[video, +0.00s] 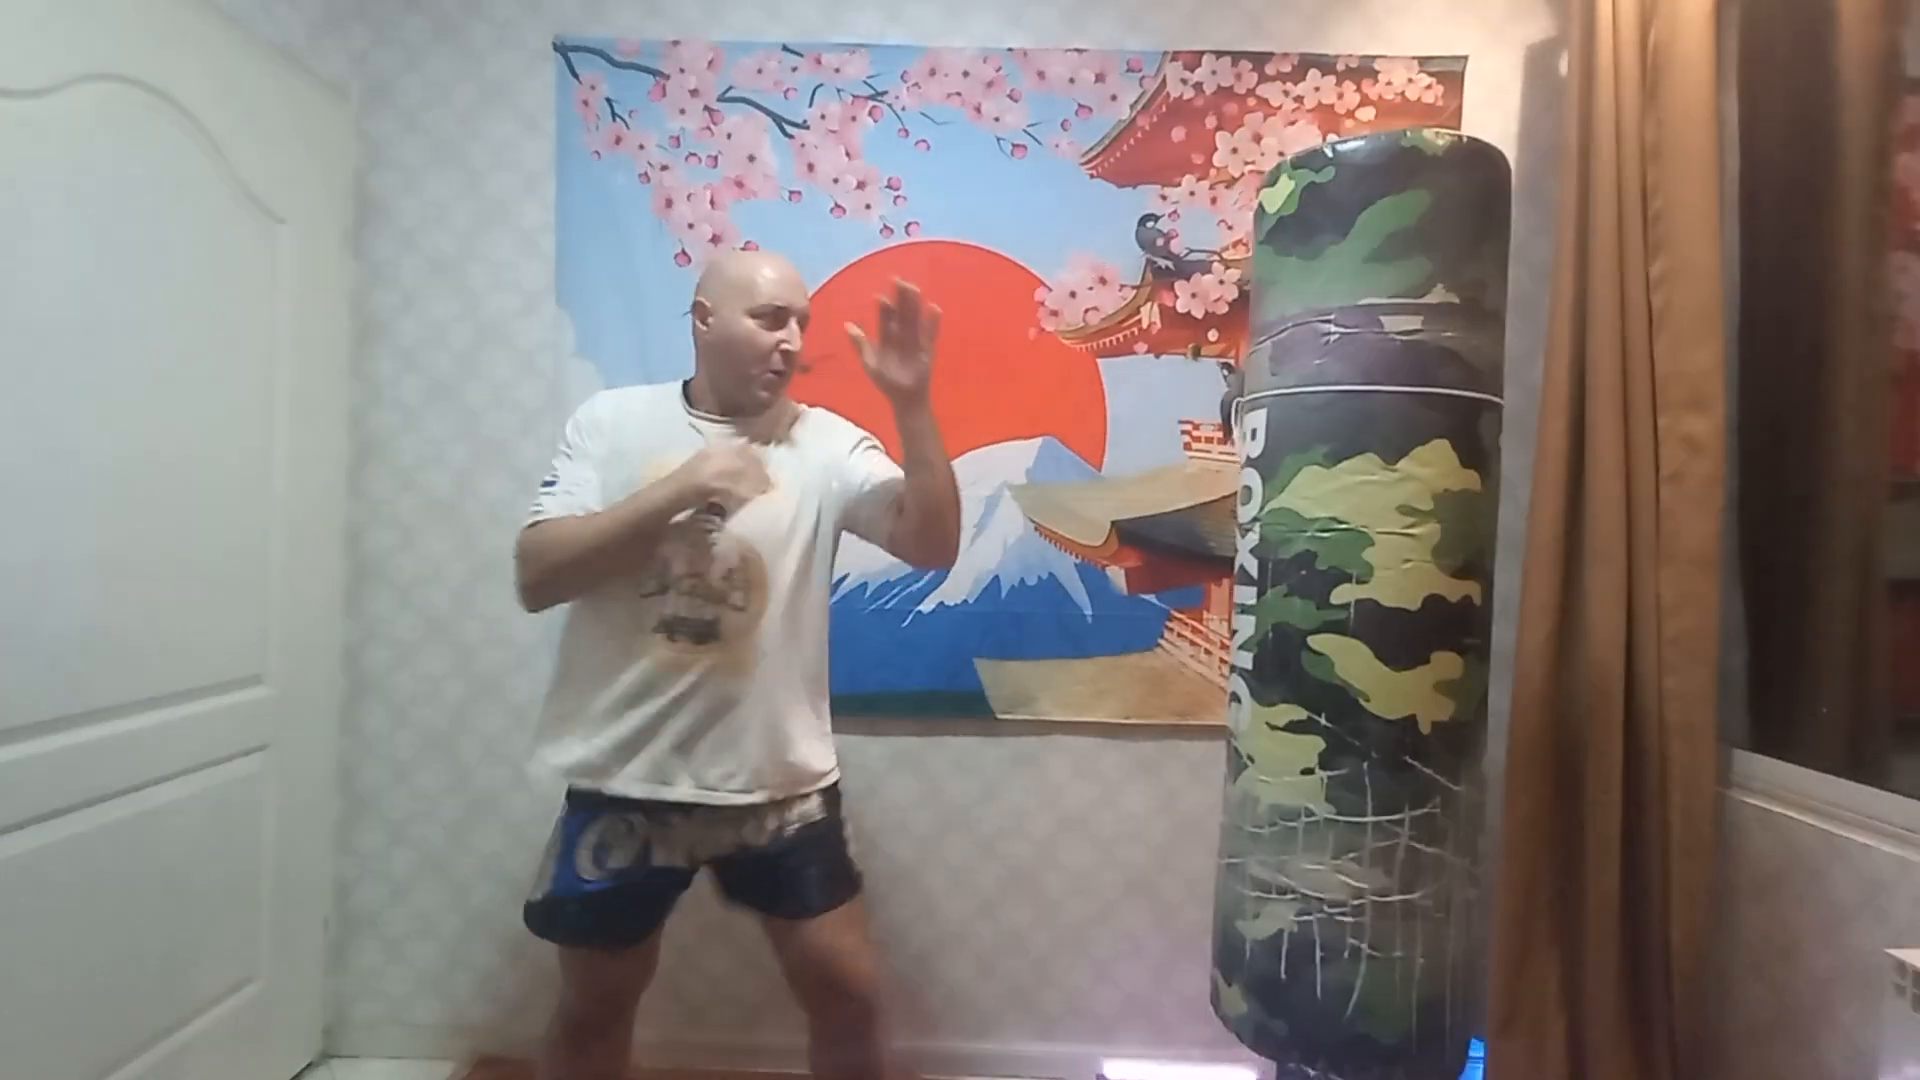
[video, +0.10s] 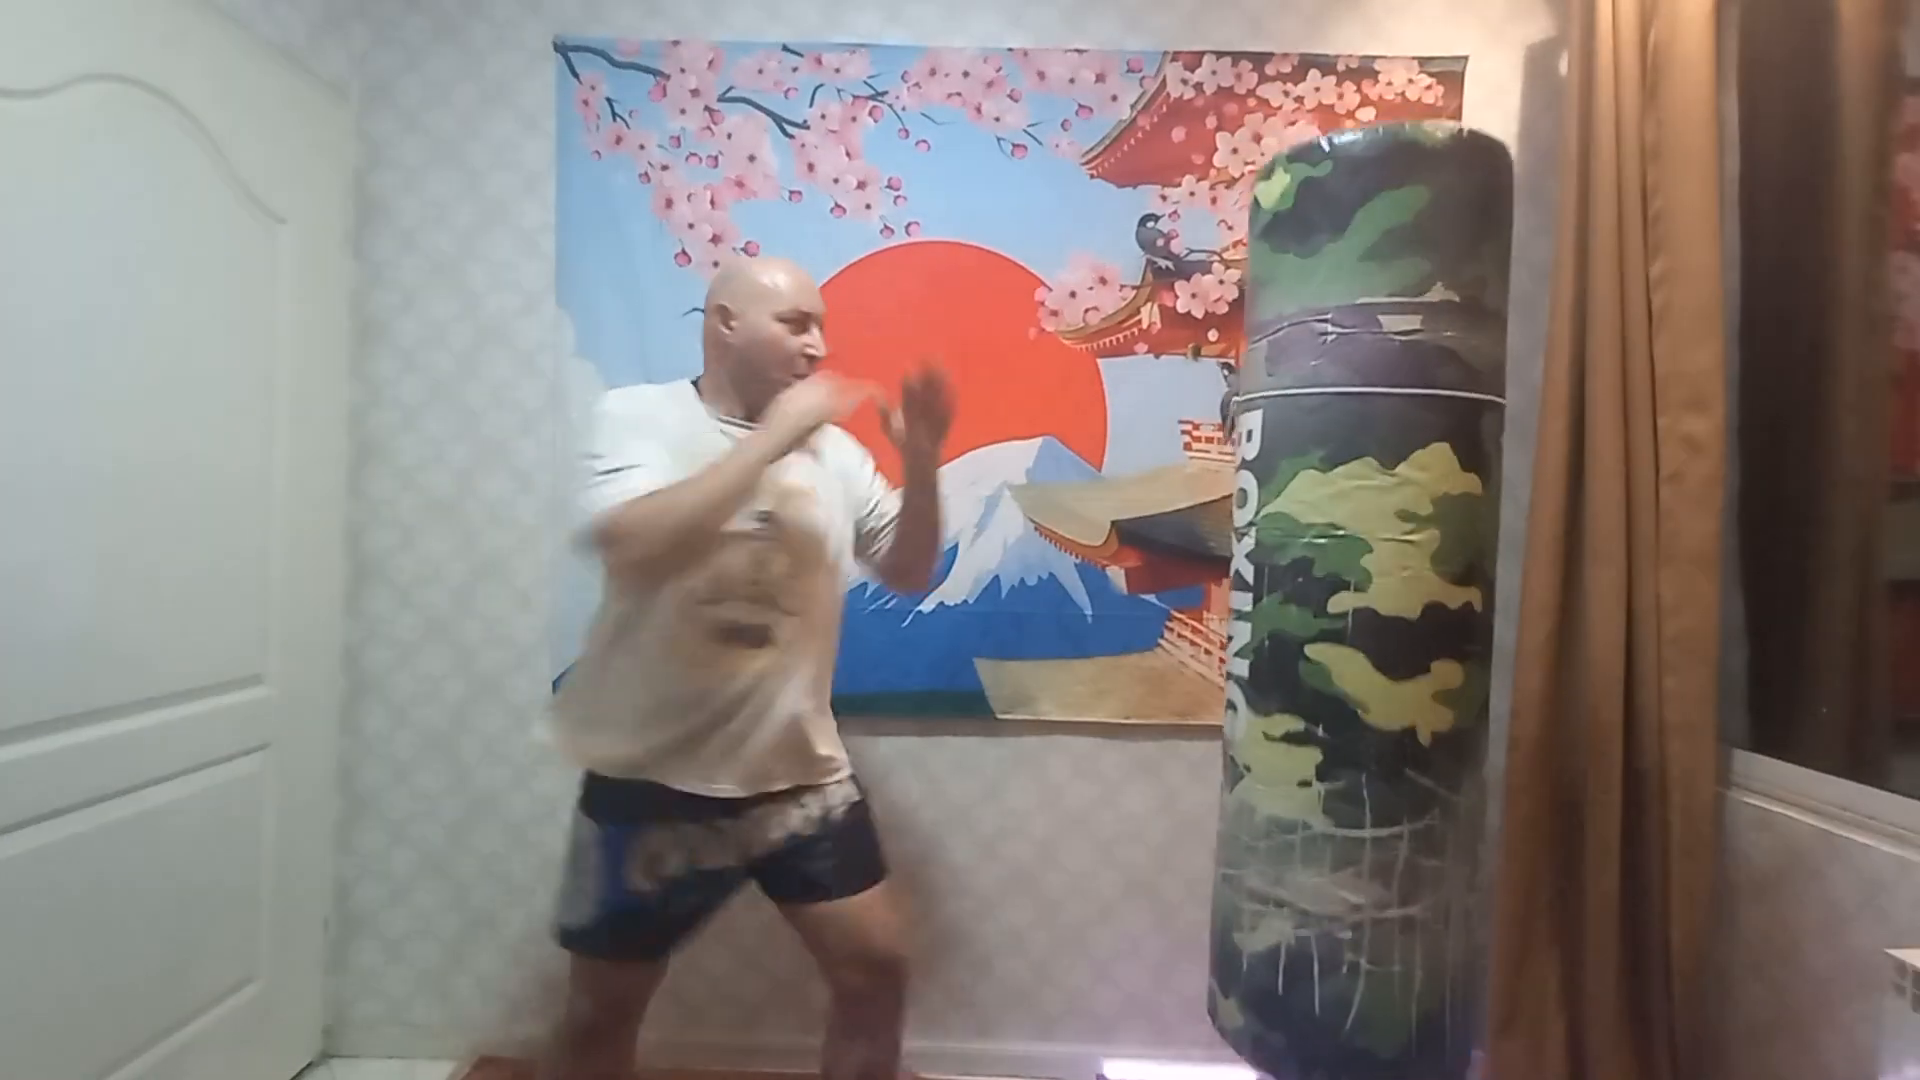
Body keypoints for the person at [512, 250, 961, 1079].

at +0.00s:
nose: (792, 342)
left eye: (801, 324)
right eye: (770, 318)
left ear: (807, 336)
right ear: (703, 320)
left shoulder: (828, 445)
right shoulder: (610, 423)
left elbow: (929, 543)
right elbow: (538, 576)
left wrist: (914, 405)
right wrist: (679, 490)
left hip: (781, 783)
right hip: (623, 782)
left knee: (851, 1000)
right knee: (590, 1022)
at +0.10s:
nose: (815, 344)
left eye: (819, 327)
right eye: (795, 324)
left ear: (819, 338)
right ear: (724, 326)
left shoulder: (834, 451)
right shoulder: (632, 418)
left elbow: (911, 569)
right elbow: (631, 548)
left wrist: (923, 462)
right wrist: (772, 437)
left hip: (800, 777)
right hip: (650, 784)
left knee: (876, 968)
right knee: (600, 1019)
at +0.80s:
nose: (868, 360)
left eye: (871, 343)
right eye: (853, 338)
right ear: (786, 333)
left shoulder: (827, 449)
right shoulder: (727, 421)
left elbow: (892, 565)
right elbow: (777, 561)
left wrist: (922, 460)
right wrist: (884, 428)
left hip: (867, 731)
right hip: (795, 738)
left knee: (887, 996)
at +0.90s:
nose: (853, 352)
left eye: (857, 335)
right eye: (836, 330)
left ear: (787, 333)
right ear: (770, 327)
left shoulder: (834, 442)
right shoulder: (699, 421)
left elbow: (901, 563)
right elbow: (741, 559)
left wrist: (916, 458)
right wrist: (844, 421)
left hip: (864, 766)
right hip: (745, 783)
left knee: (865, 985)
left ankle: (861, 1063)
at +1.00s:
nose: (829, 344)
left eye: (833, 326)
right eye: (810, 322)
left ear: (832, 334)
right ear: (740, 320)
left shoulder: (828, 440)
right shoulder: (654, 419)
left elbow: (910, 556)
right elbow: (658, 569)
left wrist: (898, 443)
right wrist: (796, 441)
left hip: (837, 770)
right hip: (684, 788)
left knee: (889, 968)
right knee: (599, 1028)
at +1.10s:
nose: (804, 339)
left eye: (810, 322)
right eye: (784, 317)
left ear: (814, 335)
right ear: (713, 317)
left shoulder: (826, 439)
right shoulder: (613, 419)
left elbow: (928, 543)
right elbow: (557, 577)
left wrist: (893, 418)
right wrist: (727, 484)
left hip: (803, 790)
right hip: (640, 799)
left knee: (875, 1001)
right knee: (587, 1034)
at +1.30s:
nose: (789, 334)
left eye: (797, 316)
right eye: (767, 311)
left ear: (803, 328)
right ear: (697, 314)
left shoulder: (825, 438)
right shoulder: (601, 422)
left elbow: (927, 550)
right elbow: (530, 583)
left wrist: (935, 444)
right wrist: (679, 512)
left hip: (782, 776)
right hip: (624, 783)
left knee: (853, 985)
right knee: (582, 1026)